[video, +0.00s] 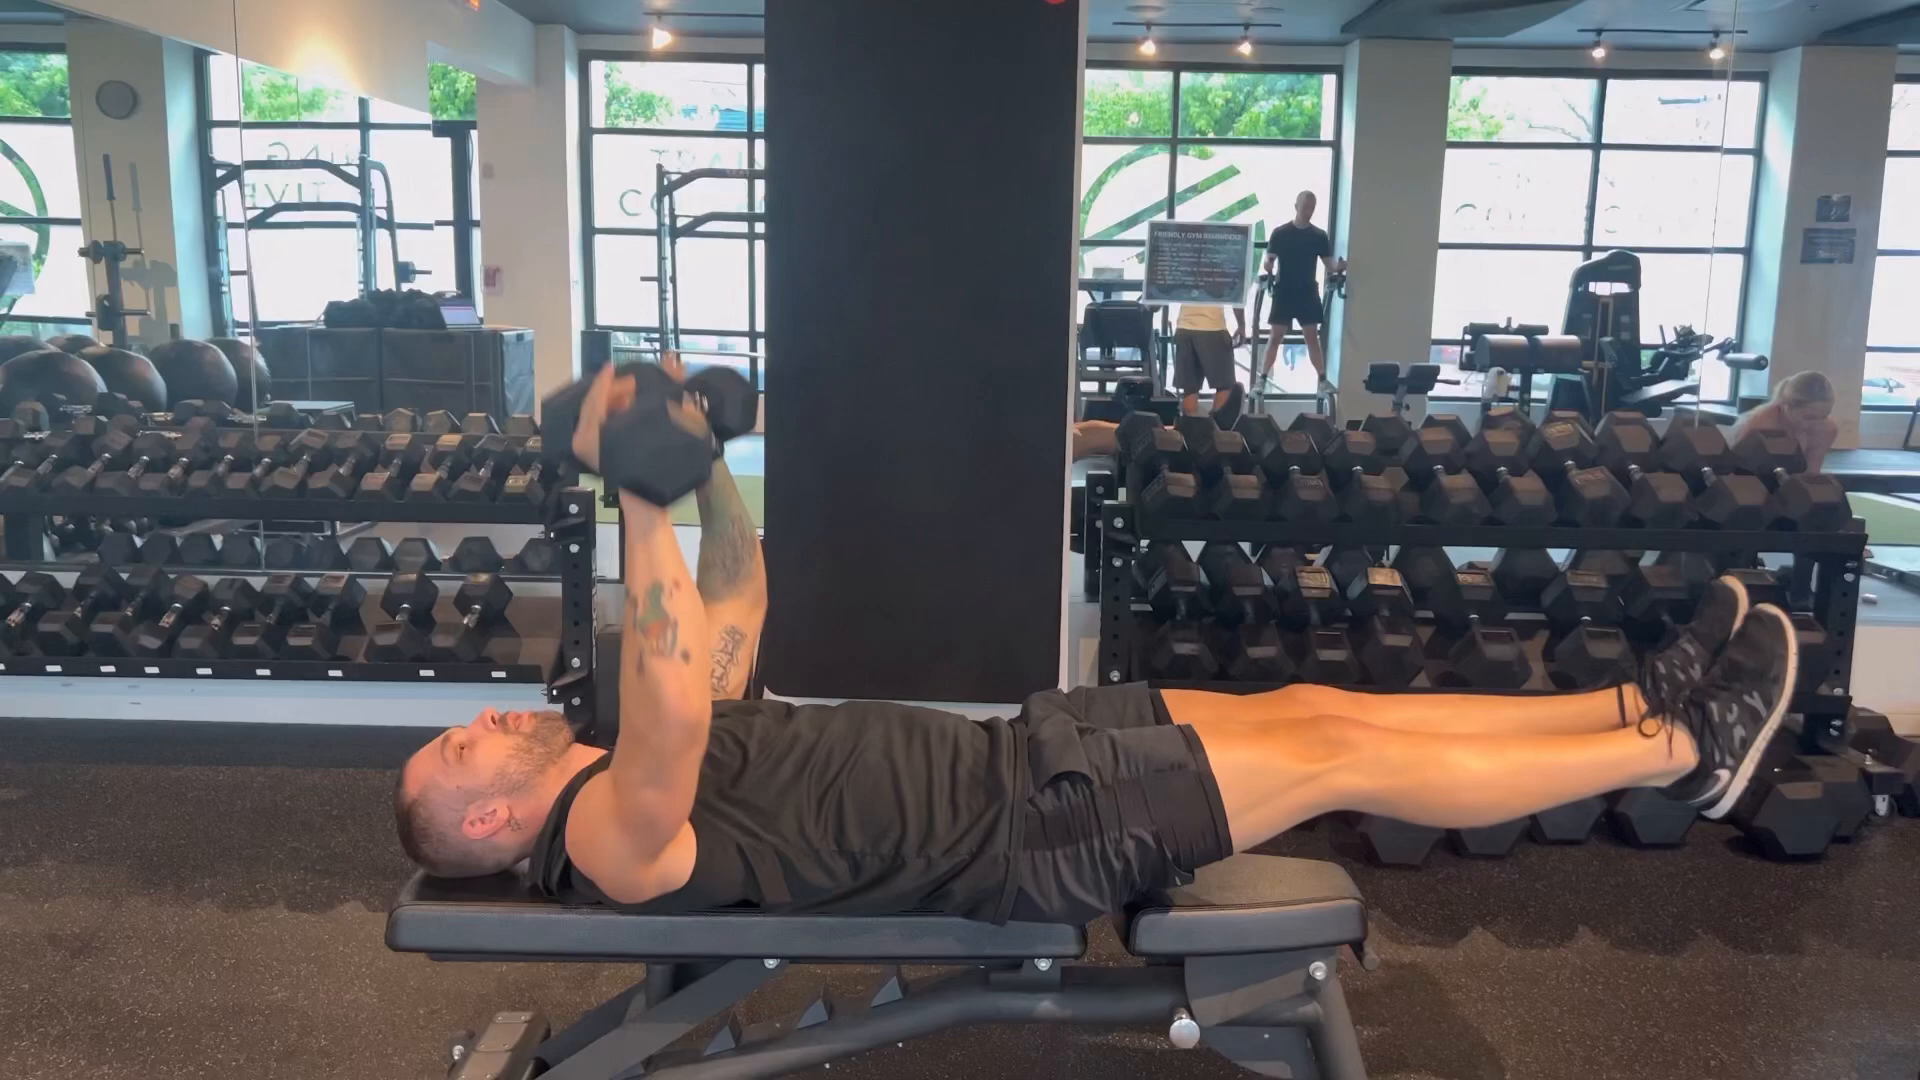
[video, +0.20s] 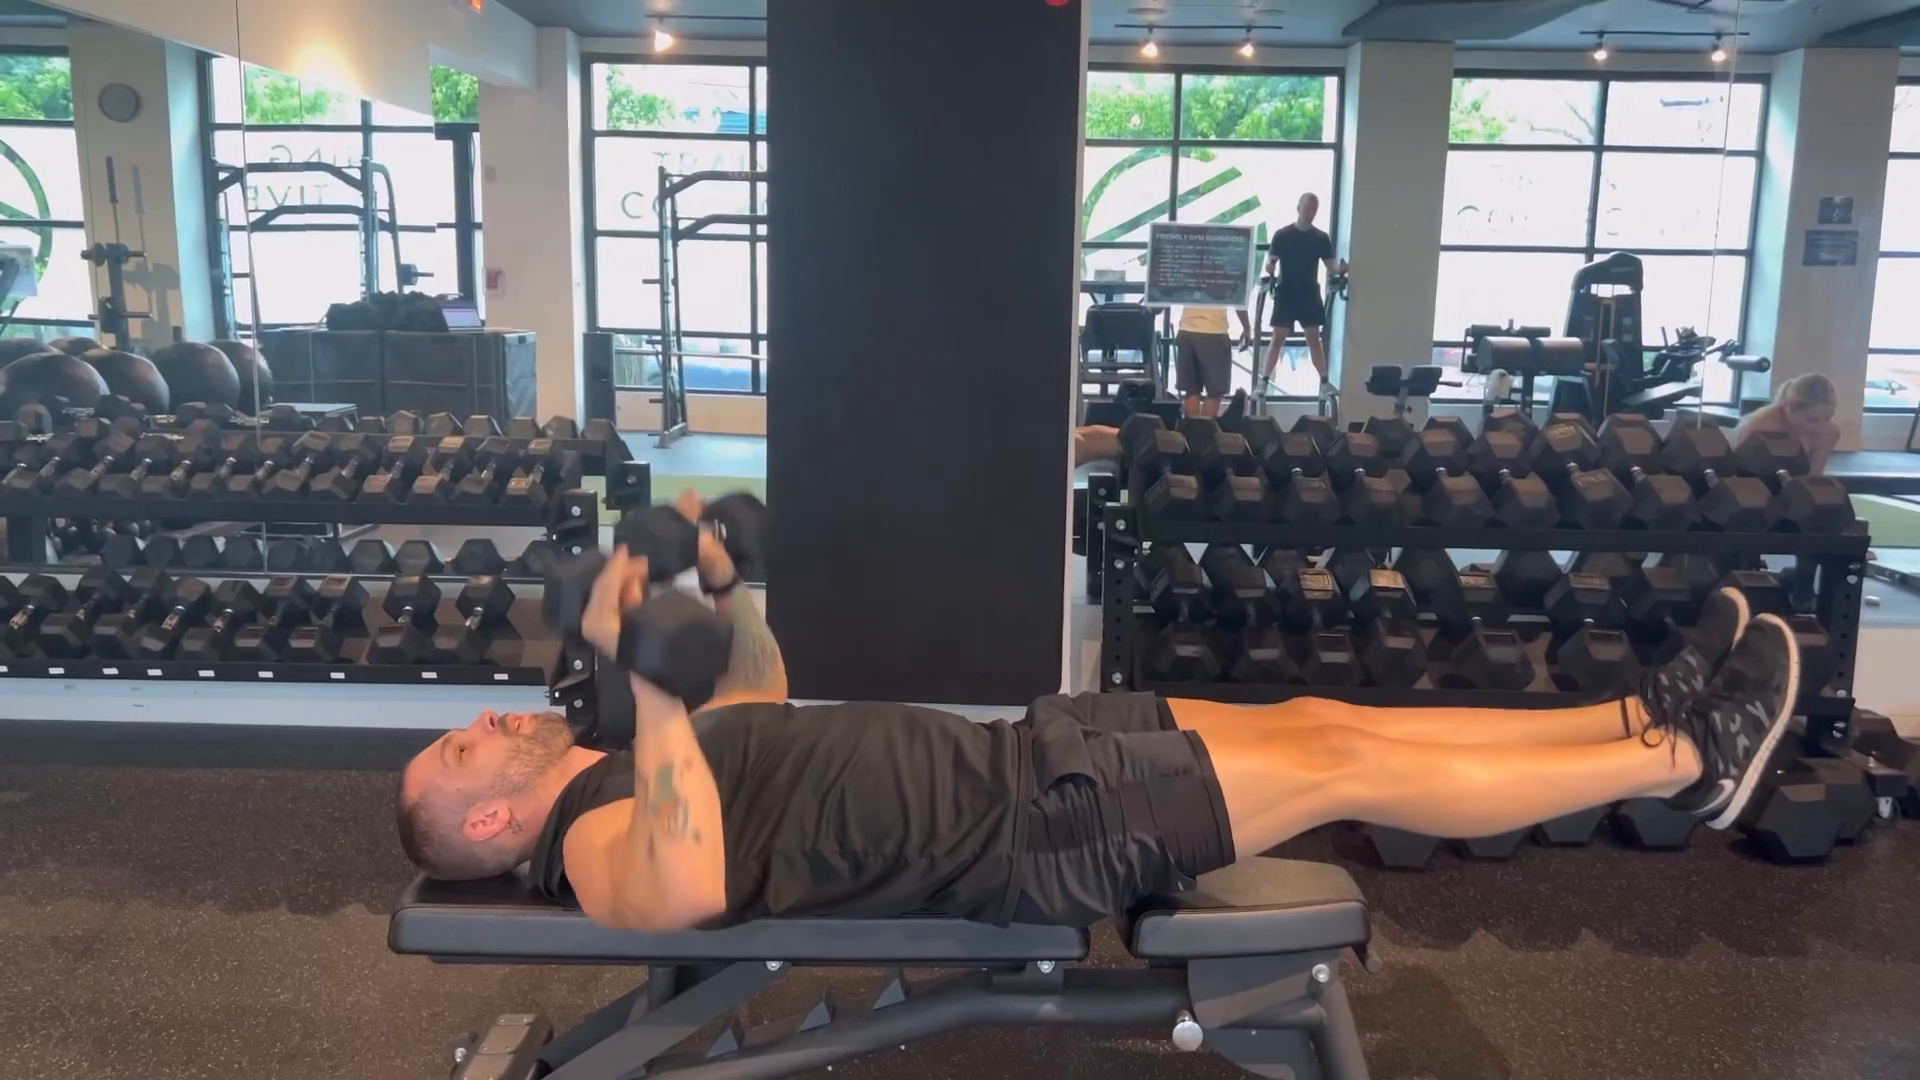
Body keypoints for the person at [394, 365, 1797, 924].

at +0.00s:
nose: (496, 722)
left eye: (476, 729)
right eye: (473, 753)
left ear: (524, 748)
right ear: (499, 826)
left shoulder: (630, 759)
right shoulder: (613, 841)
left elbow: (729, 639)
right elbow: (671, 700)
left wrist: (705, 478)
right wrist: (644, 512)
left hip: (1034, 743)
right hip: (1038, 812)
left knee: (1334, 706)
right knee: (1340, 748)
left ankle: (1645, 714)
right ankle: (1671, 751)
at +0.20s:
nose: (498, 732)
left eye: (480, 733)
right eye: (473, 763)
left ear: (525, 744)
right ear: (485, 829)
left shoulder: (615, 755)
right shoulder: (596, 850)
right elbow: (688, 893)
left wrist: (622, 602)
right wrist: (656, 710)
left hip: (1031, 750)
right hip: (1026, 826)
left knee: (1340, 733)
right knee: (1346, 762)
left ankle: (1647, 733)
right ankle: (1677, 760)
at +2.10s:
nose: (479, 754)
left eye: (448, 768)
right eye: (453, 784)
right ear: (488, 854)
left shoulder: (618, 817)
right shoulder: (607, 866)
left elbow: (689, 595)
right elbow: (624, 663)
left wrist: (663, 450)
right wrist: (597, 463)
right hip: (970, 838)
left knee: (915, 502)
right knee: (910, 505)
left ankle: (865, 157)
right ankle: (865, 153)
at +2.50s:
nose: (483, 767)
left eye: (463, 776)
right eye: (462, 801)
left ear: (514, 810)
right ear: (503, 865)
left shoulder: (630, 815)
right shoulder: (615, 875)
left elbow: (690, 642)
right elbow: (625, 664)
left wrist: (661, 463)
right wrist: (600, 479)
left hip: (977, 812)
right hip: (1002, 864)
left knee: (1116, 533)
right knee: (1132, 545)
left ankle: (1303, 247)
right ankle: (1317, 241)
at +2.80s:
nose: (502, 768)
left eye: (482, 775)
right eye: (481, 802)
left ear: (536, 809)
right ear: (518, 877)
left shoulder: (650, 806)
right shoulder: (634, 878)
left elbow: (703, 636)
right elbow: (635, 670)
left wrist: (671, 476)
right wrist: (619, 487)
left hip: (1022, 780)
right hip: (1029, 867)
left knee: (1277, 637)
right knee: (1288, 670)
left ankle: (1591, 526)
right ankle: (1625, 547)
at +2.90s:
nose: (507, 771)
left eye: (487, 777)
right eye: (488, 801)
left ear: (536, 822)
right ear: (522, 879)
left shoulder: (647, 815)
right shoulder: (636, 878)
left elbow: (700, 643)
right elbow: (644, 678)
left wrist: (671, 478)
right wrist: (623, 491)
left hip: (1037, 779)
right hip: (1043, 859)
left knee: (1312, 685)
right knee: (1330, 712)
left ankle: (1635, 612)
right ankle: (1669, 644)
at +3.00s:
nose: (510, 772)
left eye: (489, 778)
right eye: (491, 802)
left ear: (546, 820)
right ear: (526, 876)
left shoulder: (660, 805)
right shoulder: (639, 876)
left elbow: (715, 638)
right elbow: (646, 670)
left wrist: (674, 471)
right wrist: (626, 489)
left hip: (1052, 783)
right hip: (1058, 858)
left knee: (1338, 720)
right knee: (1354, 755)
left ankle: (1656, 682)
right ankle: (1689, 705)